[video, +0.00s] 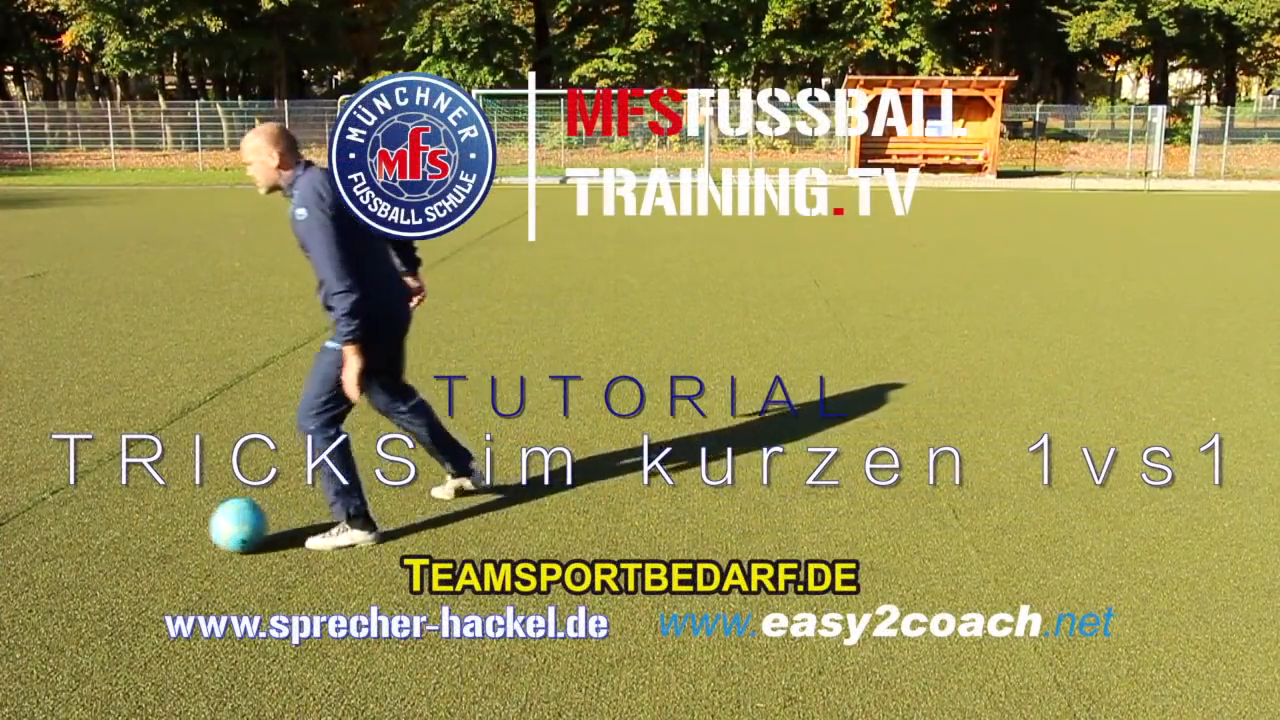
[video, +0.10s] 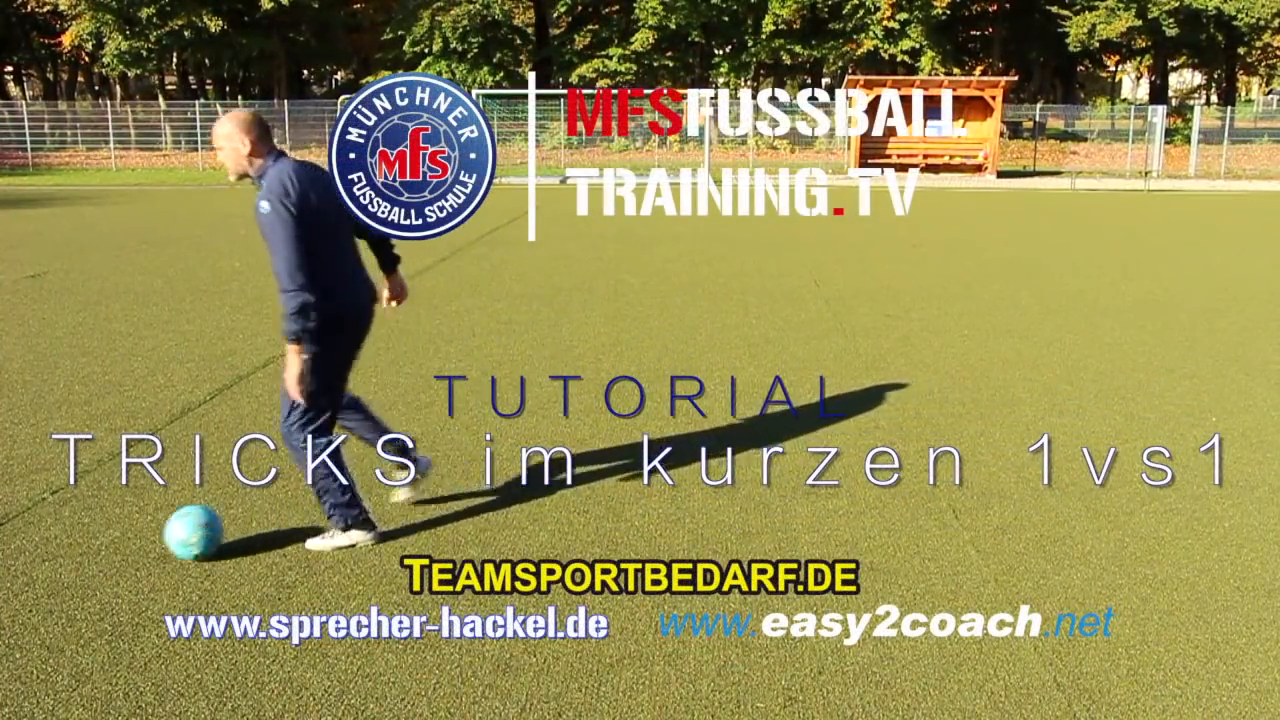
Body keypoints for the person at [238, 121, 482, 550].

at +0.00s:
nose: (250, 175)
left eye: (251, 165)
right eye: (248, 166)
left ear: (274, 159)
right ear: (284, 155)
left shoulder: (305, 199)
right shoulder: (334, 175)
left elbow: (338, 281)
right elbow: (388, 212)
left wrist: (350, 348)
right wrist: (410, 269)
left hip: (361, 319)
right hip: (392, 307)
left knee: (316, 416)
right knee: (386, 390)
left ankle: (354, 522)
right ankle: (464, 471)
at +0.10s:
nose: (218, 160)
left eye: (221, 149)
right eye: (216, 150)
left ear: (246, 146)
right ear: (260, 142)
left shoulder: (272, 196)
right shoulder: (315, 174)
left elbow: (293, 280)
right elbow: (365, 214)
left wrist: (295, 348)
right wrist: (390, 269)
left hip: (325, 315)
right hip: (356, 304)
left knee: (299, 423)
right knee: (328, 396)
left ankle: (350, 522)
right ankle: (409, 461)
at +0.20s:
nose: (194, 128)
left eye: (196, 118)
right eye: (192, 119)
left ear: (221, 116)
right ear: (233, 113)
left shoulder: (243, 166)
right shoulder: (287, 152)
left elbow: (257, 253)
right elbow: (345, 203)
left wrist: (247, 317)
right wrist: (366, 256)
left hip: (285, 296)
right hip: (312, 287)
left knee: (288, 399)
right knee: (258, 378)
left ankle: (343, 509)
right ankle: (312, 480)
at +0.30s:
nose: (173, 111)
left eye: (177, 101)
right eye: (171, 102)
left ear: (203, 101)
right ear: (212, 100)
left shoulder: (218, 153)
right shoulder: (255, 143)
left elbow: (230, 237)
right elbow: (315, 198)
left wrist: (216, 299)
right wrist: (332, 255)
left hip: (248, 287)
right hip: (269, 282)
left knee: (215, 396)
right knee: (213, 391)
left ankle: (297, 485)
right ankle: (204, 502)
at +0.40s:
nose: (152, 128)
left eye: (155, 118)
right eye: (151, 118)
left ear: (182, 116)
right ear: (190, 116)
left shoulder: (201, 168)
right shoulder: (223, 161)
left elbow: (213, 255)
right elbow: (279, 224)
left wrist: (195, 326)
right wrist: (288, 284)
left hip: (203, 310)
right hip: (227, 307)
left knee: (130, 400)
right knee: (176, 411)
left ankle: (218, 473)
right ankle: (155, 526)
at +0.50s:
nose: (133, 146)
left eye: (137, 136)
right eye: (131, 137)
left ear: (166, 131)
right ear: (172, 132)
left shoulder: (183, 187)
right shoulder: (207, 179)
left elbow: (190, 280)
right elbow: (229, 255)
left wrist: (186, 358)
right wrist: (235, 317)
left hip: (163, 328)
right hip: (193, 327)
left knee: (72, 397)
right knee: (133, 422)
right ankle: (155, 534)